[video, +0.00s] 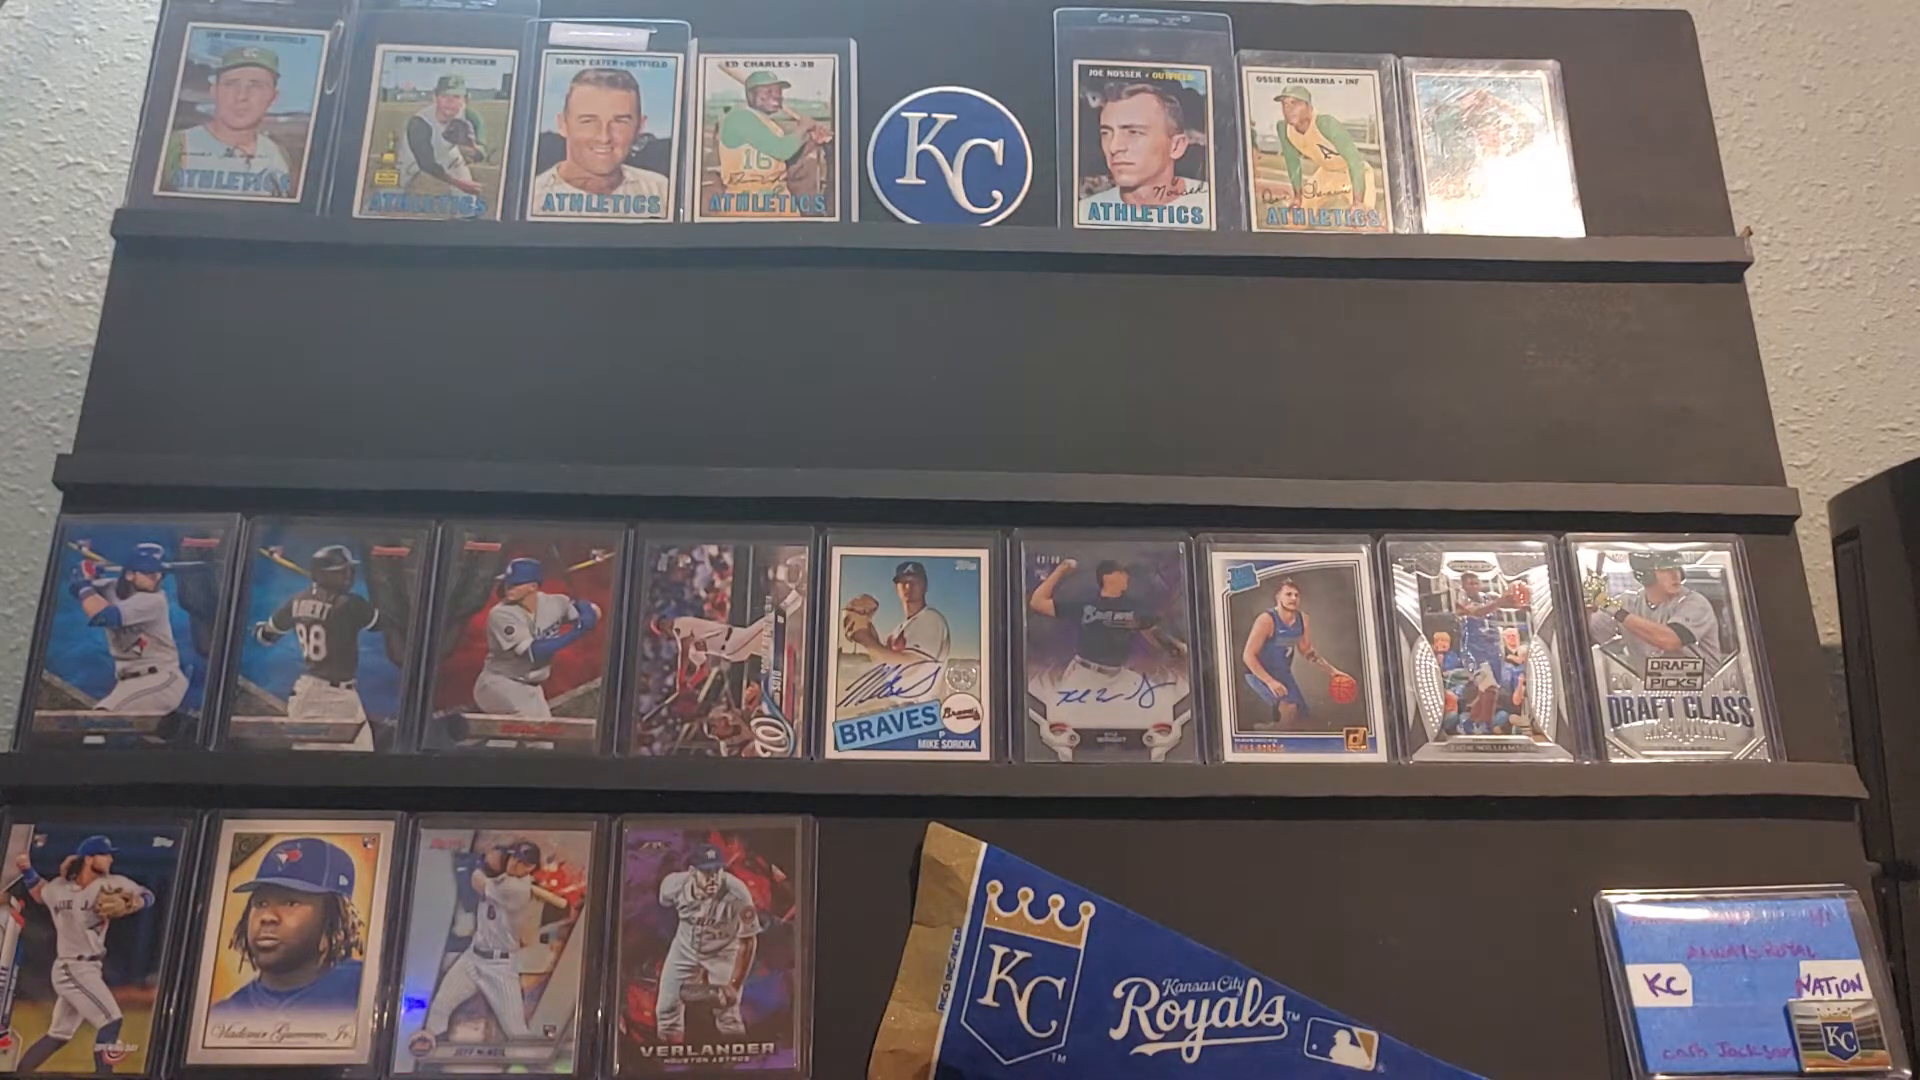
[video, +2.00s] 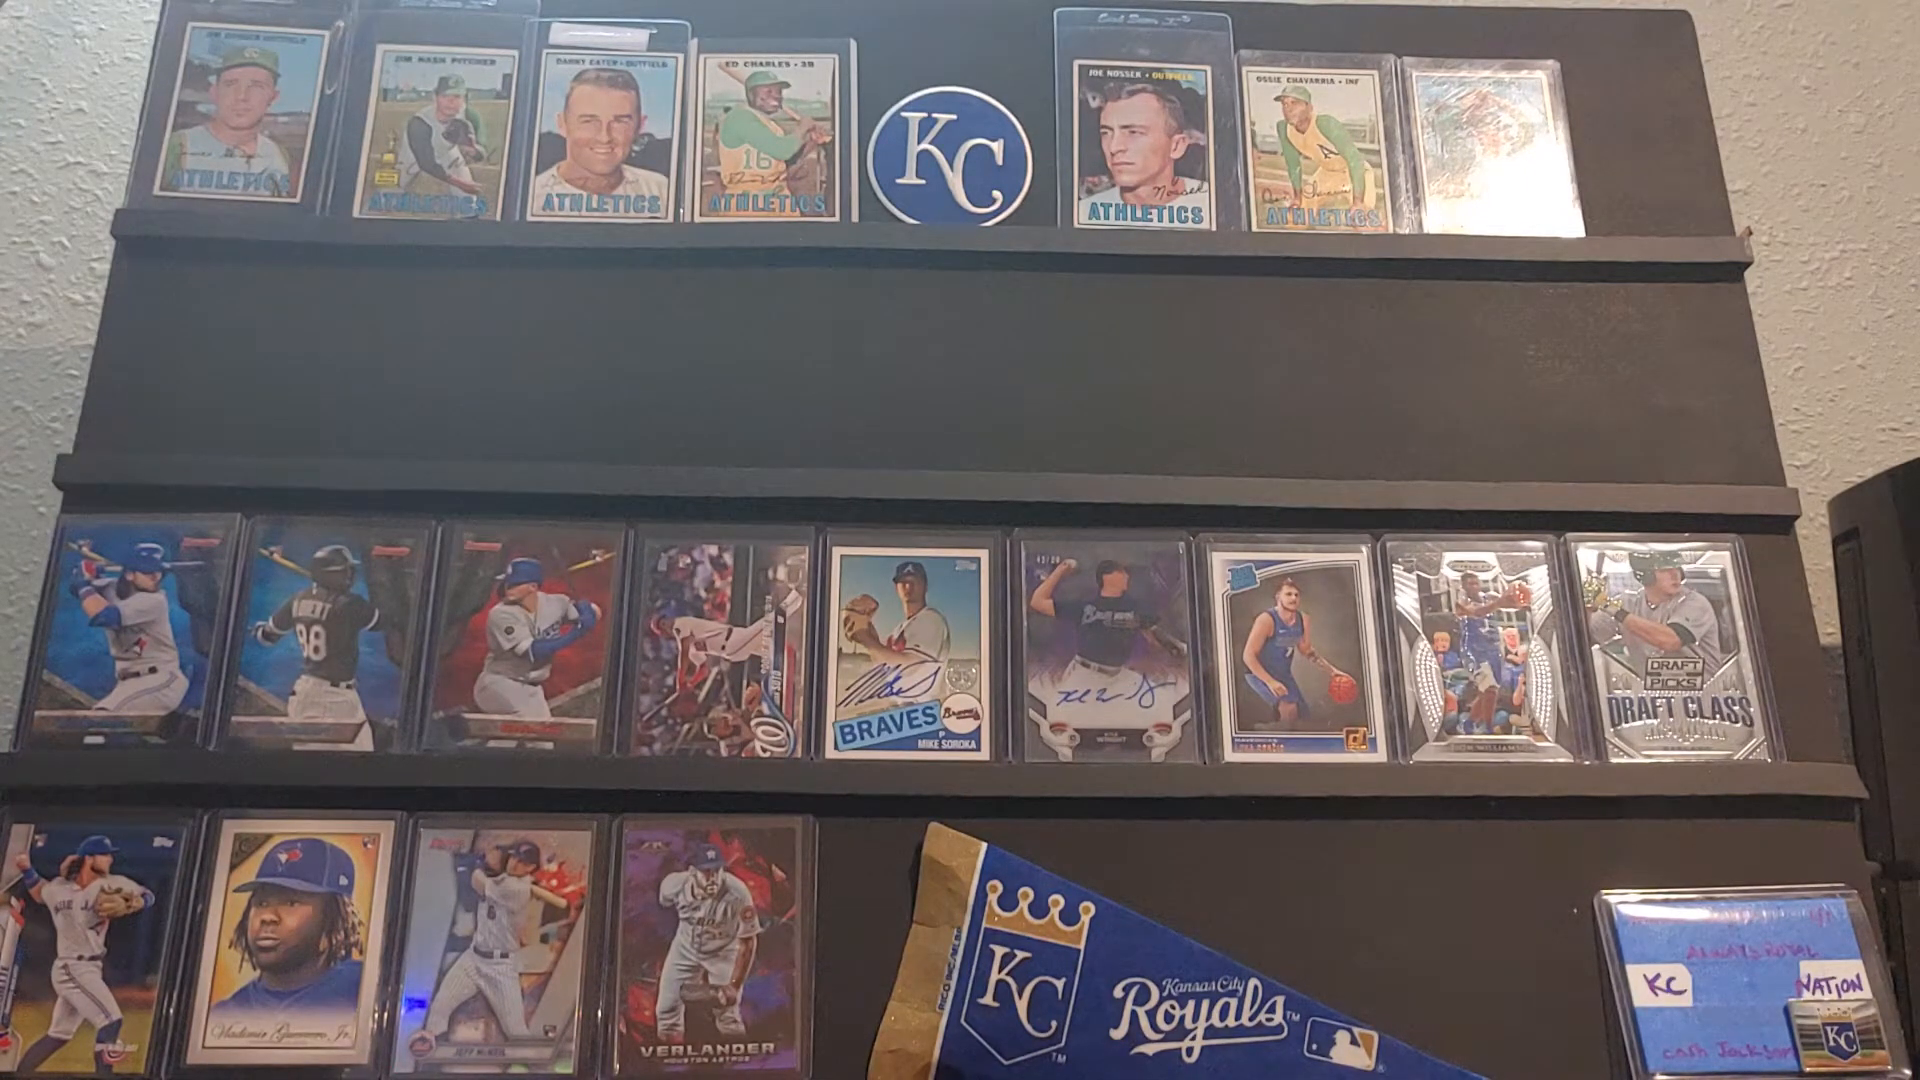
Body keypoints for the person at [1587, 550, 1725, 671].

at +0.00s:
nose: (1677, 576)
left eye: (1678, 569)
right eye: (1667, 569)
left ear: (1682, 571)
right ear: (1645, 573)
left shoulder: (1696, 604)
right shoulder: (1628, 603)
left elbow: (1671, 641)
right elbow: (1587, 636)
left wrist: (1620, 614)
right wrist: (1585, 610)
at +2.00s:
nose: (1675, 573)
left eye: (1676, 567)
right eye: (1665, 569)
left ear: (1682, 570)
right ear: (1644, 575)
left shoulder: (1696, 604)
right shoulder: (1628, 604)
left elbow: (1671, 641)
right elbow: (1586, 637)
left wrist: (1620, 614)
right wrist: (1585, 609)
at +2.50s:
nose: (1675, 574)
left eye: (1677, 567)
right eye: (1665, 569)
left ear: (1682, 570)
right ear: (1644, 575)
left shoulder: (1696, 604)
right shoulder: (1628, 604)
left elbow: (1671, 641)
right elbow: (1586, 638)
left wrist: (1620, 614)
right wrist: (1585, 609)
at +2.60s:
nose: (1675, 574)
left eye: (1677, 567)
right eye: (1666, 569)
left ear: (1682, 570)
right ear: (1644, 575)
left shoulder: (1696, 604)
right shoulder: (1628, 604)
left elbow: (1671, 641)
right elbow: (1585, 638)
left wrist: (1618, 612)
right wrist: (1586, 608)